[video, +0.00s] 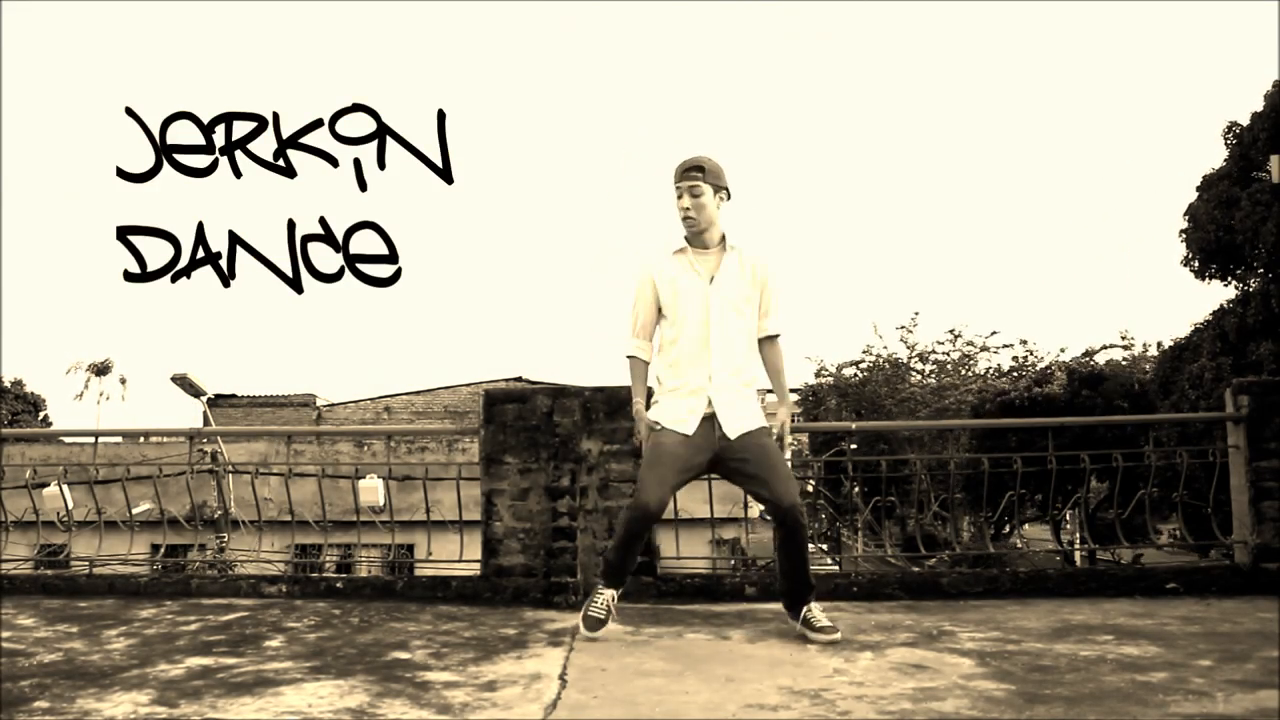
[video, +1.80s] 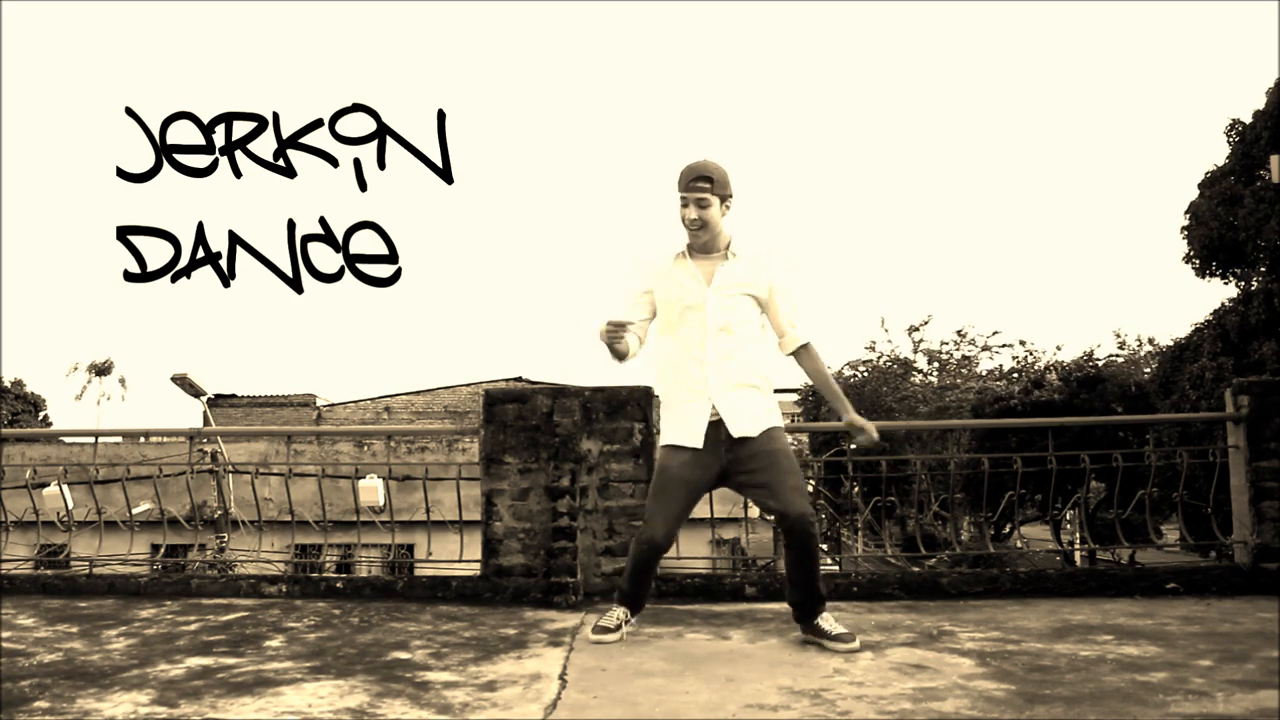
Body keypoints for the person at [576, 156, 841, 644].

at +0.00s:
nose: (685, 205)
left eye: (695, 194)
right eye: (679, 196)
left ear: (721, 199)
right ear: (675, 205)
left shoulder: (752, 270)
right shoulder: (660, 272)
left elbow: (768, 339)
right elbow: (640, 344)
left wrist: (783, 398)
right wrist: (640, 407)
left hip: (742, 413)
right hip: (676, 414)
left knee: (790, 506)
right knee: (646, 503)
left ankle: (801, 606)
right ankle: (608, 588)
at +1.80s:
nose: (691, 213)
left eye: (701, 203)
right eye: (684, 204)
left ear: (725, 206)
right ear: (677, 208)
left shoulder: (756, 273)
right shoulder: (659, 277)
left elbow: (799, 346)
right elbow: (629, 344)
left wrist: (847, 413)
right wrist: (617, 340)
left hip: (754, 424)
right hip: (685, 427)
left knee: (799, 518)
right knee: (653, 535)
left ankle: (811, 617)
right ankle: (626, 609)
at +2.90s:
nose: (644, 139)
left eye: (651, 125)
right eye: (637, 131)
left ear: (681, 117)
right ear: (637, 136)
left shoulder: (740, 179)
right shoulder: (650, 193)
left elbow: (821, 197)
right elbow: (629, 255)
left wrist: (823, 228)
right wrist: (568, 286)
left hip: (737, 343)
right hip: (679, 343)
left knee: (732, 477)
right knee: (714, 467)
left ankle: (654, 590)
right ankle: (708, 608)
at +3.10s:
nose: (688, 140)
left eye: (696, 129)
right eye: (681, 132)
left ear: (727, 127)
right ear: (678, 136)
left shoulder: (768, 192)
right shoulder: (679, 199)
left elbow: (839, 239)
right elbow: (647, 256)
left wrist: (812, 239)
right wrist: (576, 238)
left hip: (759, 354)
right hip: (697, 358)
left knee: (791, 479)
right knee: (722, 484)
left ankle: (729, 575)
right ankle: (739, 622)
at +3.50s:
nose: (764, 136)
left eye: (776, 128)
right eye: (758, 126)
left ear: (799, 135)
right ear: (750, 130)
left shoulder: (811, 216)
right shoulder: (718, 182)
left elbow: (834, 294)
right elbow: (660, 234)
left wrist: (867, 342)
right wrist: (588, 246)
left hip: (761, 363)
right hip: (699, 352)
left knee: (783, 486)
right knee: (679, 462)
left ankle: (759, 620)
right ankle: (655, 579)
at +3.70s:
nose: (763, 127)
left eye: (775, 119)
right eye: (758, 116)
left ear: (798, 128)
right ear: (749, 122)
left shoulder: (806, 206)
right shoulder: (716, 177)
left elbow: (813, 282)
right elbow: (648, 218)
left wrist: (852, 346)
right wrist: (582, 225)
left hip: (753, 353)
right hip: (695, 339)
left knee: (730, 488)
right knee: (648, 409)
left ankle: (738, 621)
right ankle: (653, 562)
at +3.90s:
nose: (743, 120)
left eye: (754, 111)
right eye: (737, 112)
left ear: (784, 118)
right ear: (733, 118)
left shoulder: (804, 202)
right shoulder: (708, 175)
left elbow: (865, 259)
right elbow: (634, 205)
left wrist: (934, 289)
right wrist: (558, 201)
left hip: (755, 347)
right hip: (698, 335)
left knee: (733, 473)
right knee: (730, 455)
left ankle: (643, 591)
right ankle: (727, 600)